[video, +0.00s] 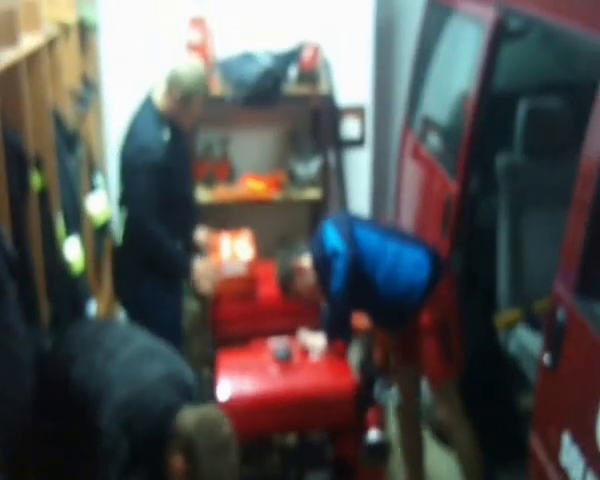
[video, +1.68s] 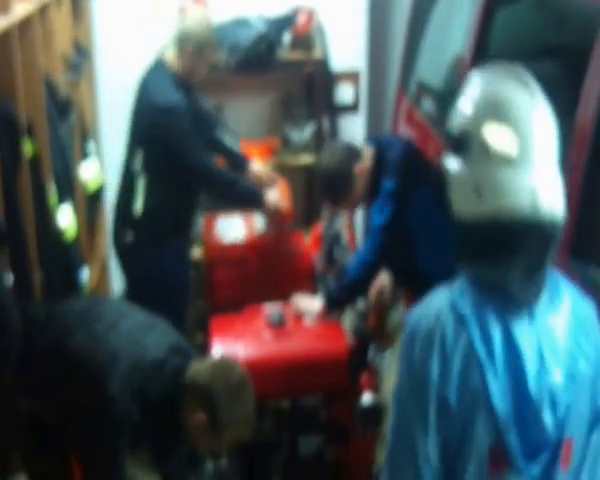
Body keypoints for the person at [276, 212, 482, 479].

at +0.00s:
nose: (310, 296)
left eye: (303, 292)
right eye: (304, 296)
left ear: (300, 268)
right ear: (303, 269)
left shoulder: (332, 229)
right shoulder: (331, 282)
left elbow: (339, 283)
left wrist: (328, 335)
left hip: (429, 293)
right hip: (396, 314)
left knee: (445, 398)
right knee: (406, 401)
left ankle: (473, 472)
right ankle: (414, 474)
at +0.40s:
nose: (316, 312)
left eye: (310, 307)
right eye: (310, 312)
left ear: (306, 282)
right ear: (308, 281)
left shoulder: (334, 234)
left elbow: (339, 284)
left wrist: (326, 337)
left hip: (430, 292)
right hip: (396, 313)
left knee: (440, 412)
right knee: (401, 407)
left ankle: (466, 473)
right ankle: (413, 474)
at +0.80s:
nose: (318, 273)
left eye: (313, 268)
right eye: (313, 272)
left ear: (312, 243)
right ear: (314, 242)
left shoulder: (345, 207)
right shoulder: (339, 239)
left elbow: (353, 267)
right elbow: (372, 288)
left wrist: (330, 330)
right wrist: (373, 337)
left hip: (428, 298)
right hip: (402, 308)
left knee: (432, 396)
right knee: (408, 399)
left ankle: (446, 472)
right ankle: (414, 471)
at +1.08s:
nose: (323, 249)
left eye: (318, 243)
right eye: (316, 248)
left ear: (318, 219)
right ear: (317, 217)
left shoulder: (359, 191)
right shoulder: (346, 209)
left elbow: (363, 262)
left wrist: (330, 327)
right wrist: (333, 328)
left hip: (427, 296)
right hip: (409, 300)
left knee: (425, 399)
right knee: (418, 397)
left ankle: (432, 470)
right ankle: (424, 469)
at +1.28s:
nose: (337, 228)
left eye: (333, 221)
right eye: (330, 226)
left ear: (340, 194)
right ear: (341, 191)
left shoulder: (380, 185)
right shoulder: (366, 186)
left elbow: (371, 266)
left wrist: (329, 318)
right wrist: (332, 313)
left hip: (433, 308)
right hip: (413, 307)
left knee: (435, 403)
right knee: (418, 402)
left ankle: (439, 472)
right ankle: (419, 472)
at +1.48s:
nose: (345, 220)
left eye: (344, 213)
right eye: (339, 219)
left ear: (351, 182)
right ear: (350, 179)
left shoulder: (390, 178)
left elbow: (374, 262)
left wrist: (328, 310)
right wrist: (388, 284)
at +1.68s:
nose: (355, 207)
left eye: (354, 199)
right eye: (348, 205)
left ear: (360, 171)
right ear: (359, 168)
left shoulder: (398, 169)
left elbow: (376, 250)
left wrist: (330, 300)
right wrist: (390, 271)